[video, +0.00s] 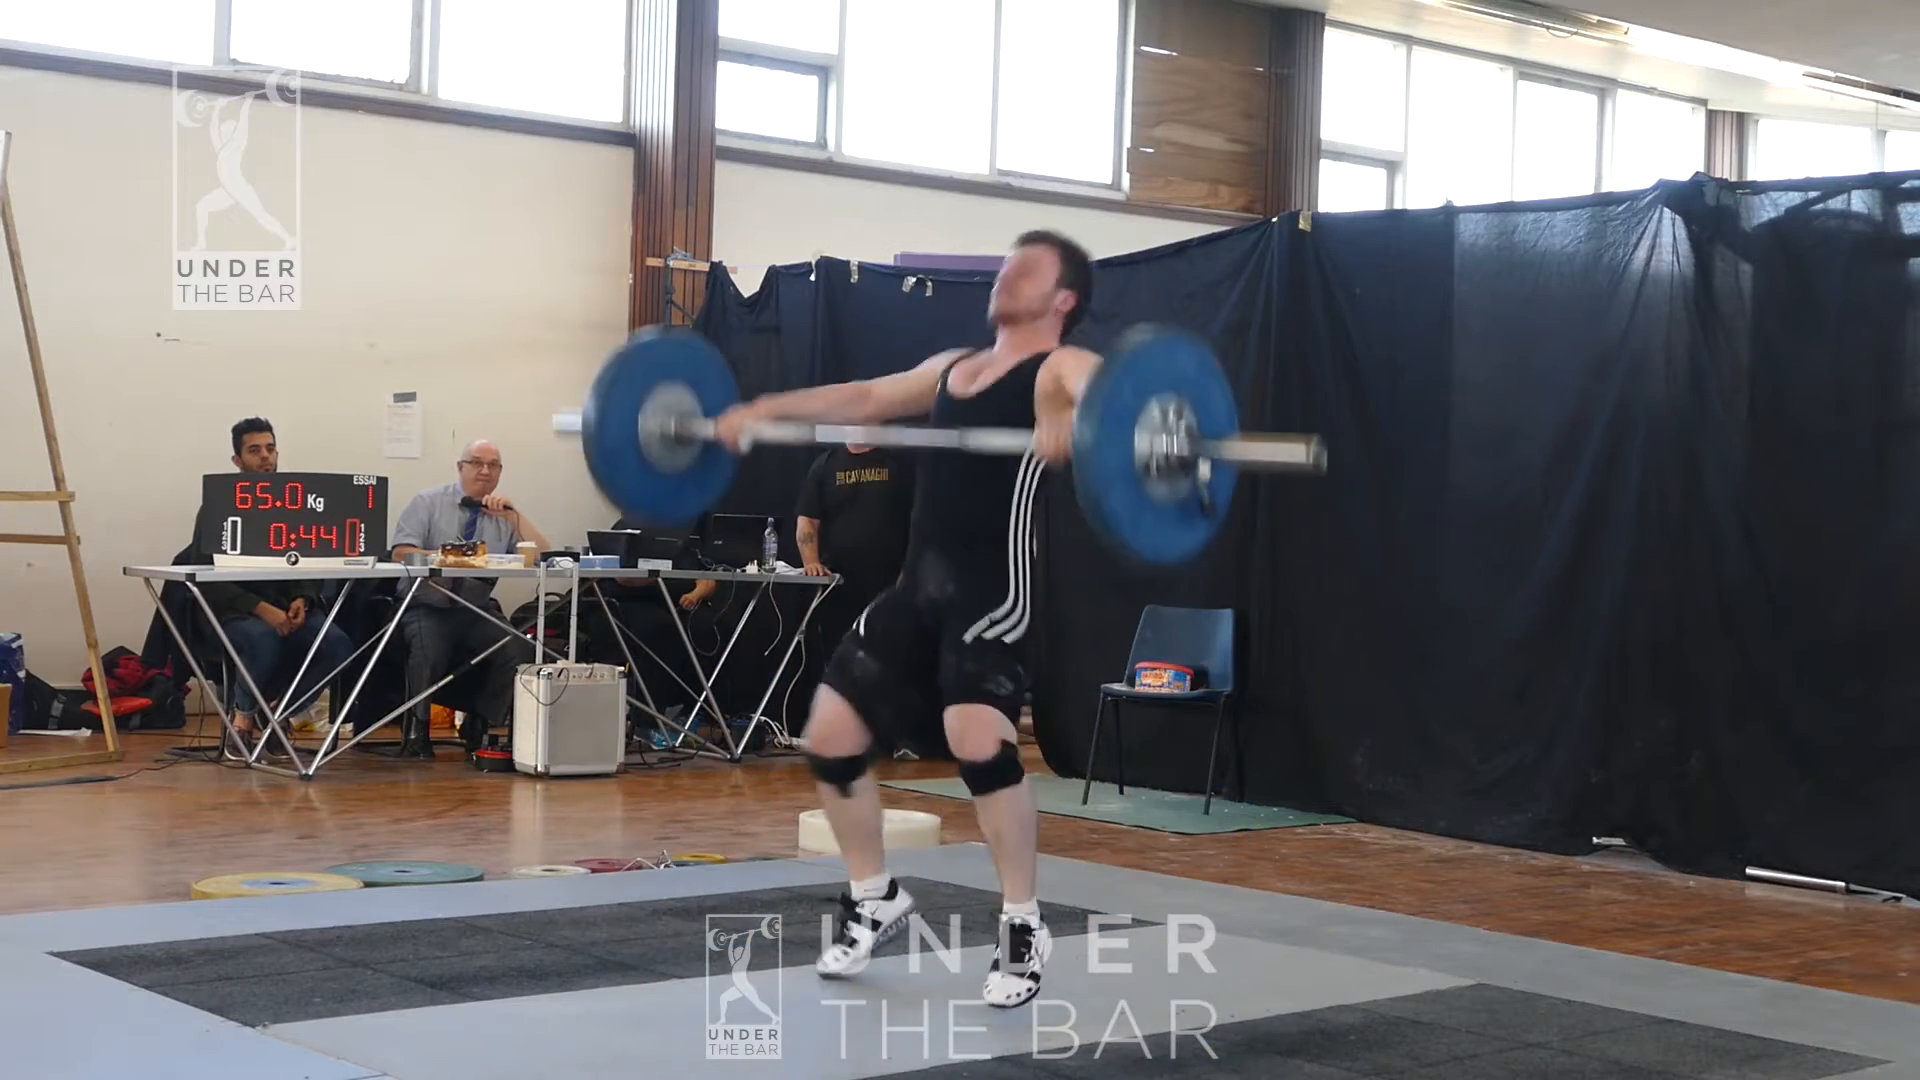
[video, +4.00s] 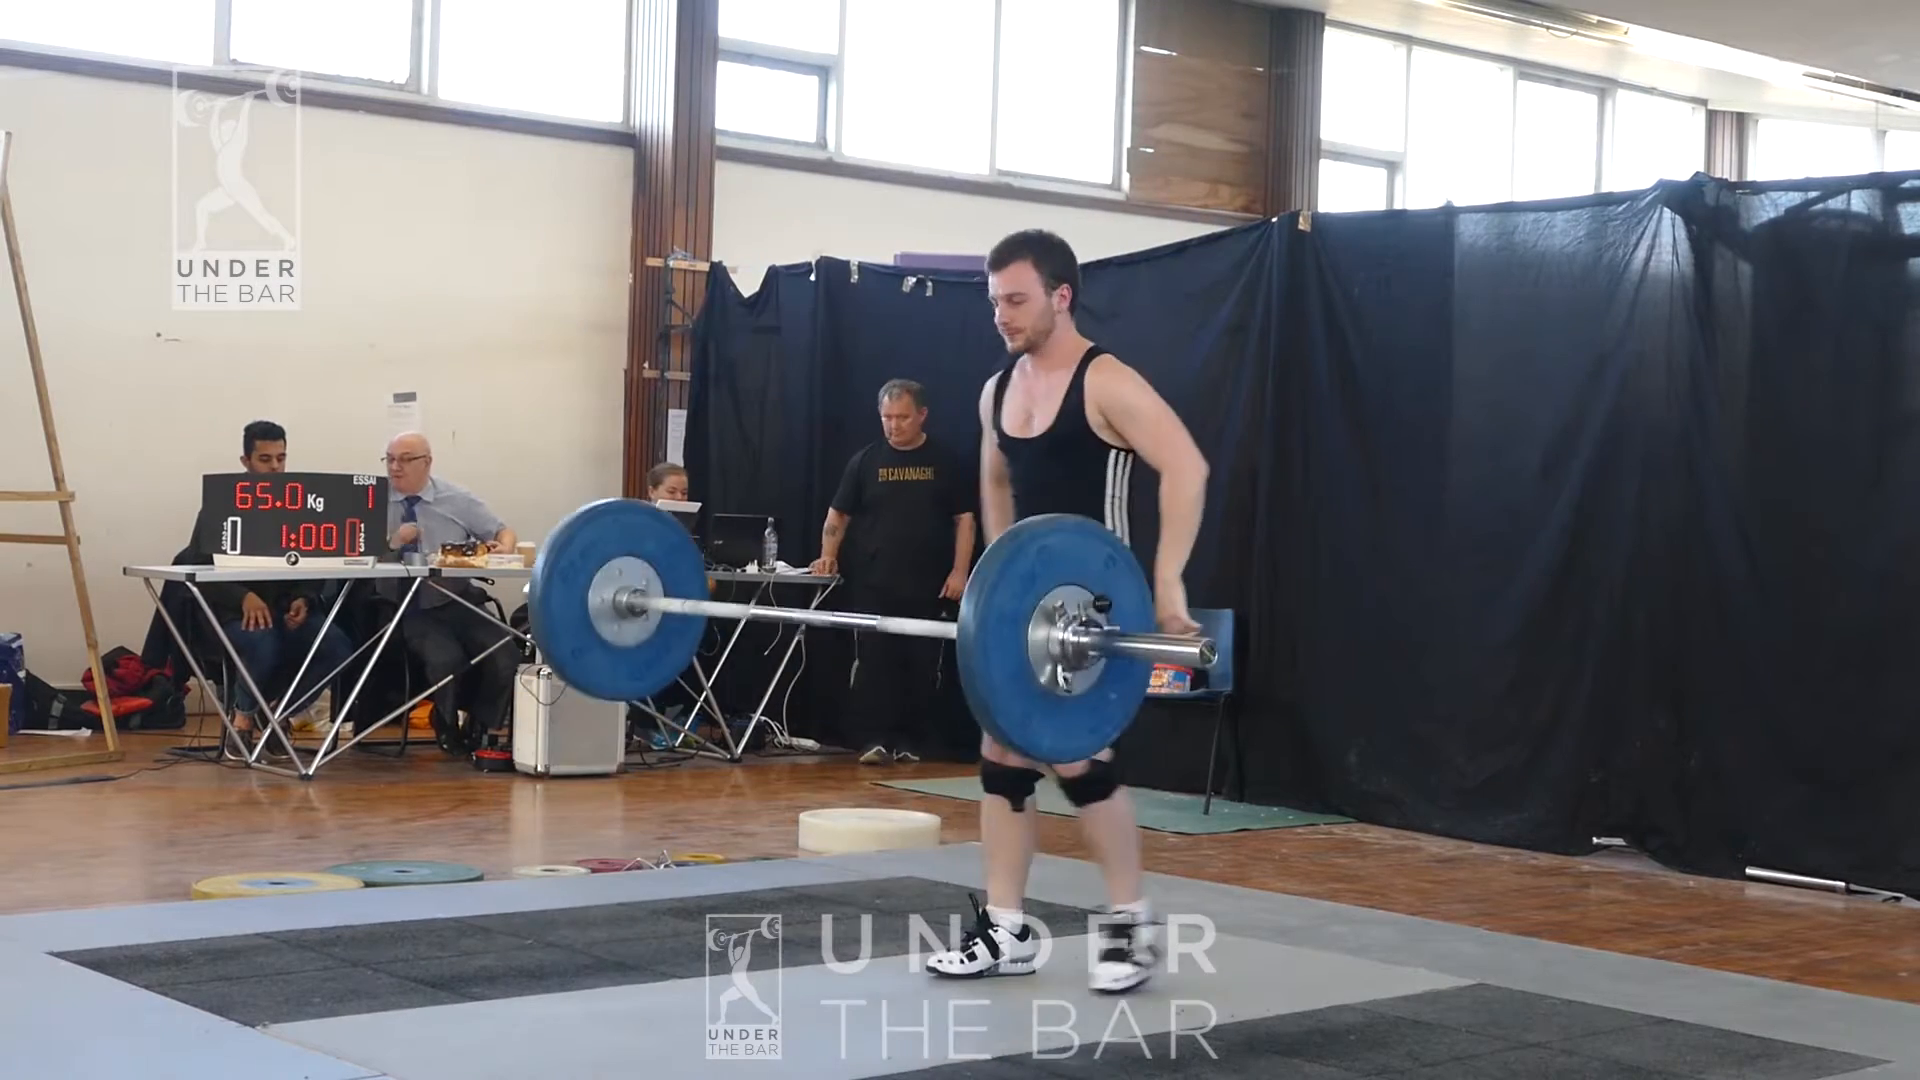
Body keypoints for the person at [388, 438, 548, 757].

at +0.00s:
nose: (484, 471)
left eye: (493, 466)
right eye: (476, 464)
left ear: (500, 473)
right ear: (460, 468)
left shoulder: (503, 516)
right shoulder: (428, 502)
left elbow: (544, 553)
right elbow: (401, 550)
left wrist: (515, 515)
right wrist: (442, 561)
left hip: (478, 609)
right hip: (429, 605)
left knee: (518, 652)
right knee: (429, 651)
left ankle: (477, 726)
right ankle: (417, 730)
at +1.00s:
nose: (481, 472)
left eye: (490, 466)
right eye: (473, 464)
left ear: (499, 473)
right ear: (459, 468)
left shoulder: (503, 516)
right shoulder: (427, 502)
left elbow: (544, 555)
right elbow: (401, 552)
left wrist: (516, 515)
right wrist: (444, 560)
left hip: (478, 609)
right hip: (428, 605)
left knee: (518, 651)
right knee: (429, 649)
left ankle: (477, 727)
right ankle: (417, 731)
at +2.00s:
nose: (423, 469)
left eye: (433, 462)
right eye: (417, 462)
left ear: (453, 466)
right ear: (411, 464)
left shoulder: (479, 507)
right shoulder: (396, 504)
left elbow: (532, 547)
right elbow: (389, 545)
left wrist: (504, 545)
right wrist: (442, 548)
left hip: (469, 607)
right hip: (416, 607)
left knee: (513, 649)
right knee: (433, 642)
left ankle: (479, 724)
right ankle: (437, 724)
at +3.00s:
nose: (403, 468)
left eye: (413, 461)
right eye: (398, 460)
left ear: (435, 465)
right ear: (392, 461)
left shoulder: (462, 500)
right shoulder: (380, 500)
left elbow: (509, 533)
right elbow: (349, 535)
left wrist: (504, 546)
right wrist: (369, 554)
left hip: (459, 601)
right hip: (405, 605)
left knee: (504, 657)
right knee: (445, 659)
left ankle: (479, 727)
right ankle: (445, 723)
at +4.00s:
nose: (395, 467)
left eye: (406, 460)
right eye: (390, 460)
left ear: (427, 463)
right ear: (385, 462)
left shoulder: (456, 500)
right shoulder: (375, 504)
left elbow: (504, 533)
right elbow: (352, 549)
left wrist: (503, 546)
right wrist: (391, 540)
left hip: (458, 601)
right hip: (405, 606)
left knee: (504, 655)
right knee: (446, 658)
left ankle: (480, 726)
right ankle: (445, 720)